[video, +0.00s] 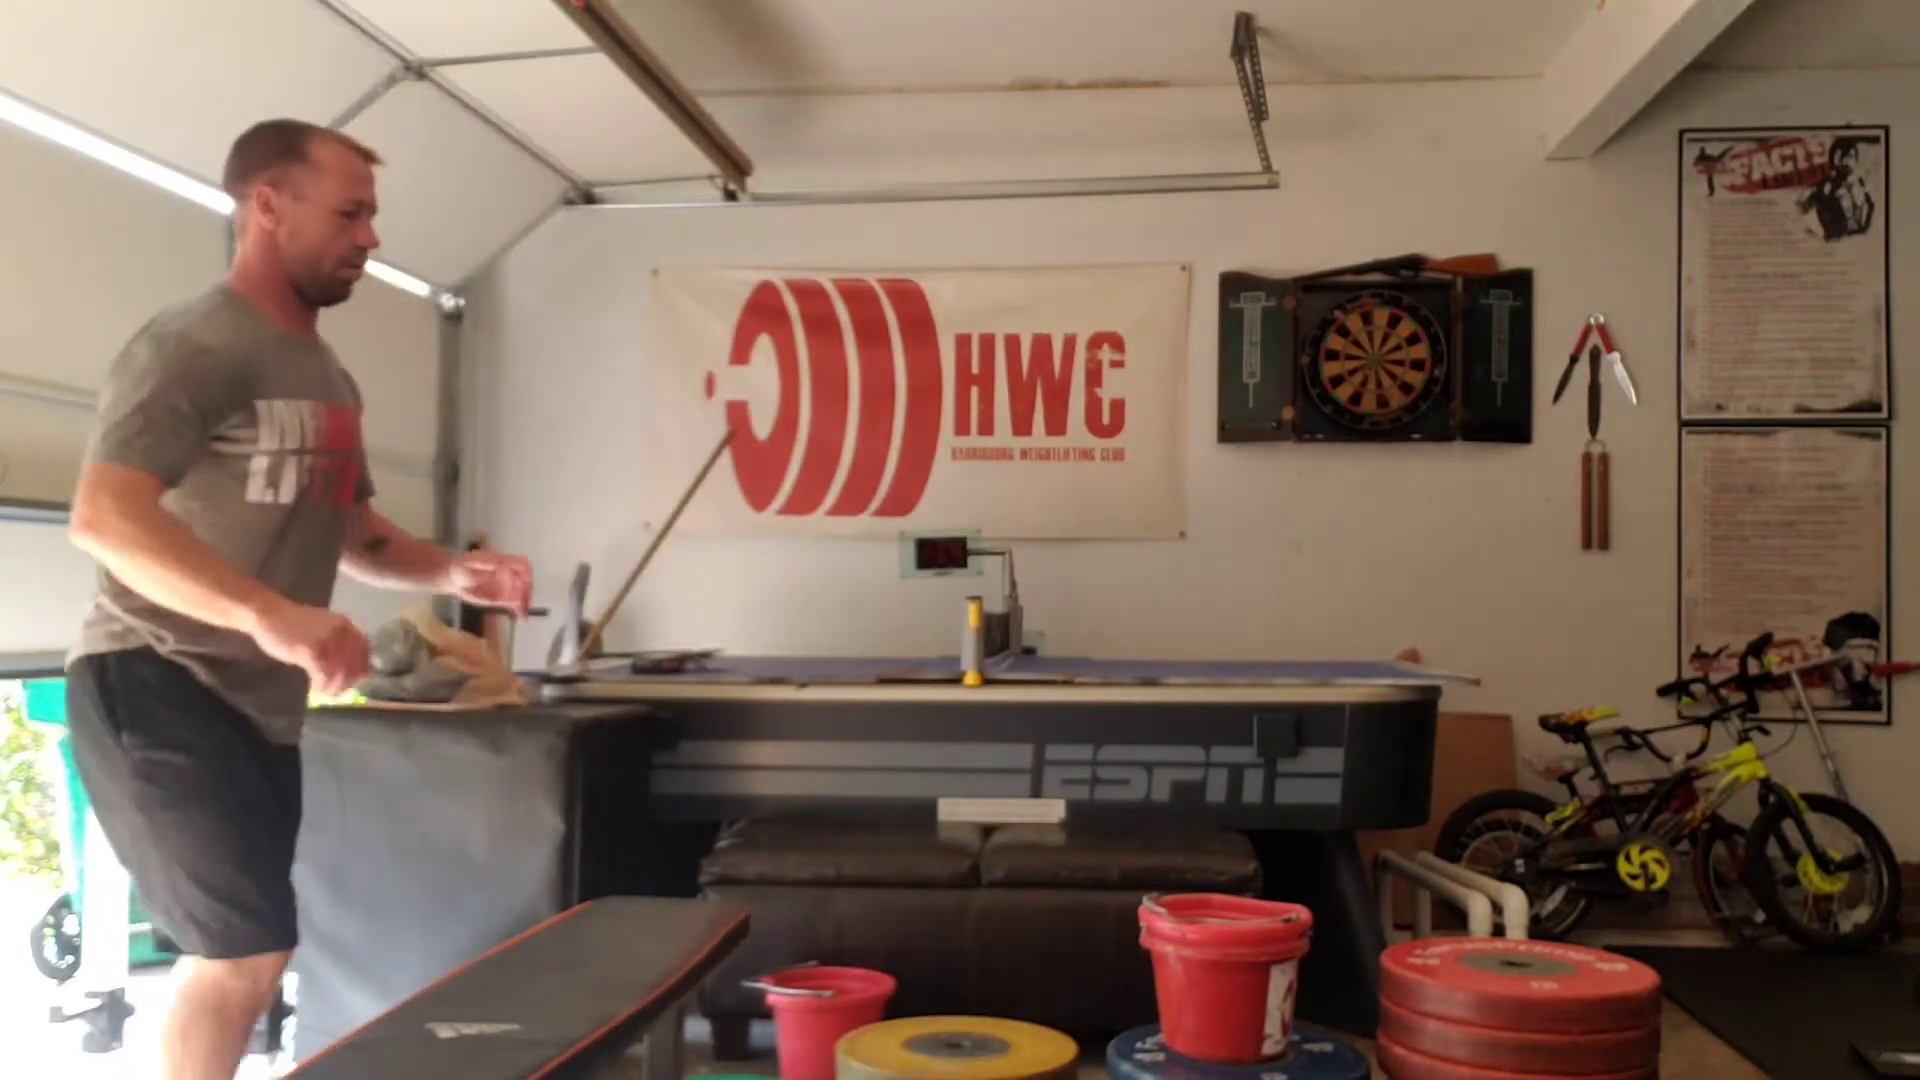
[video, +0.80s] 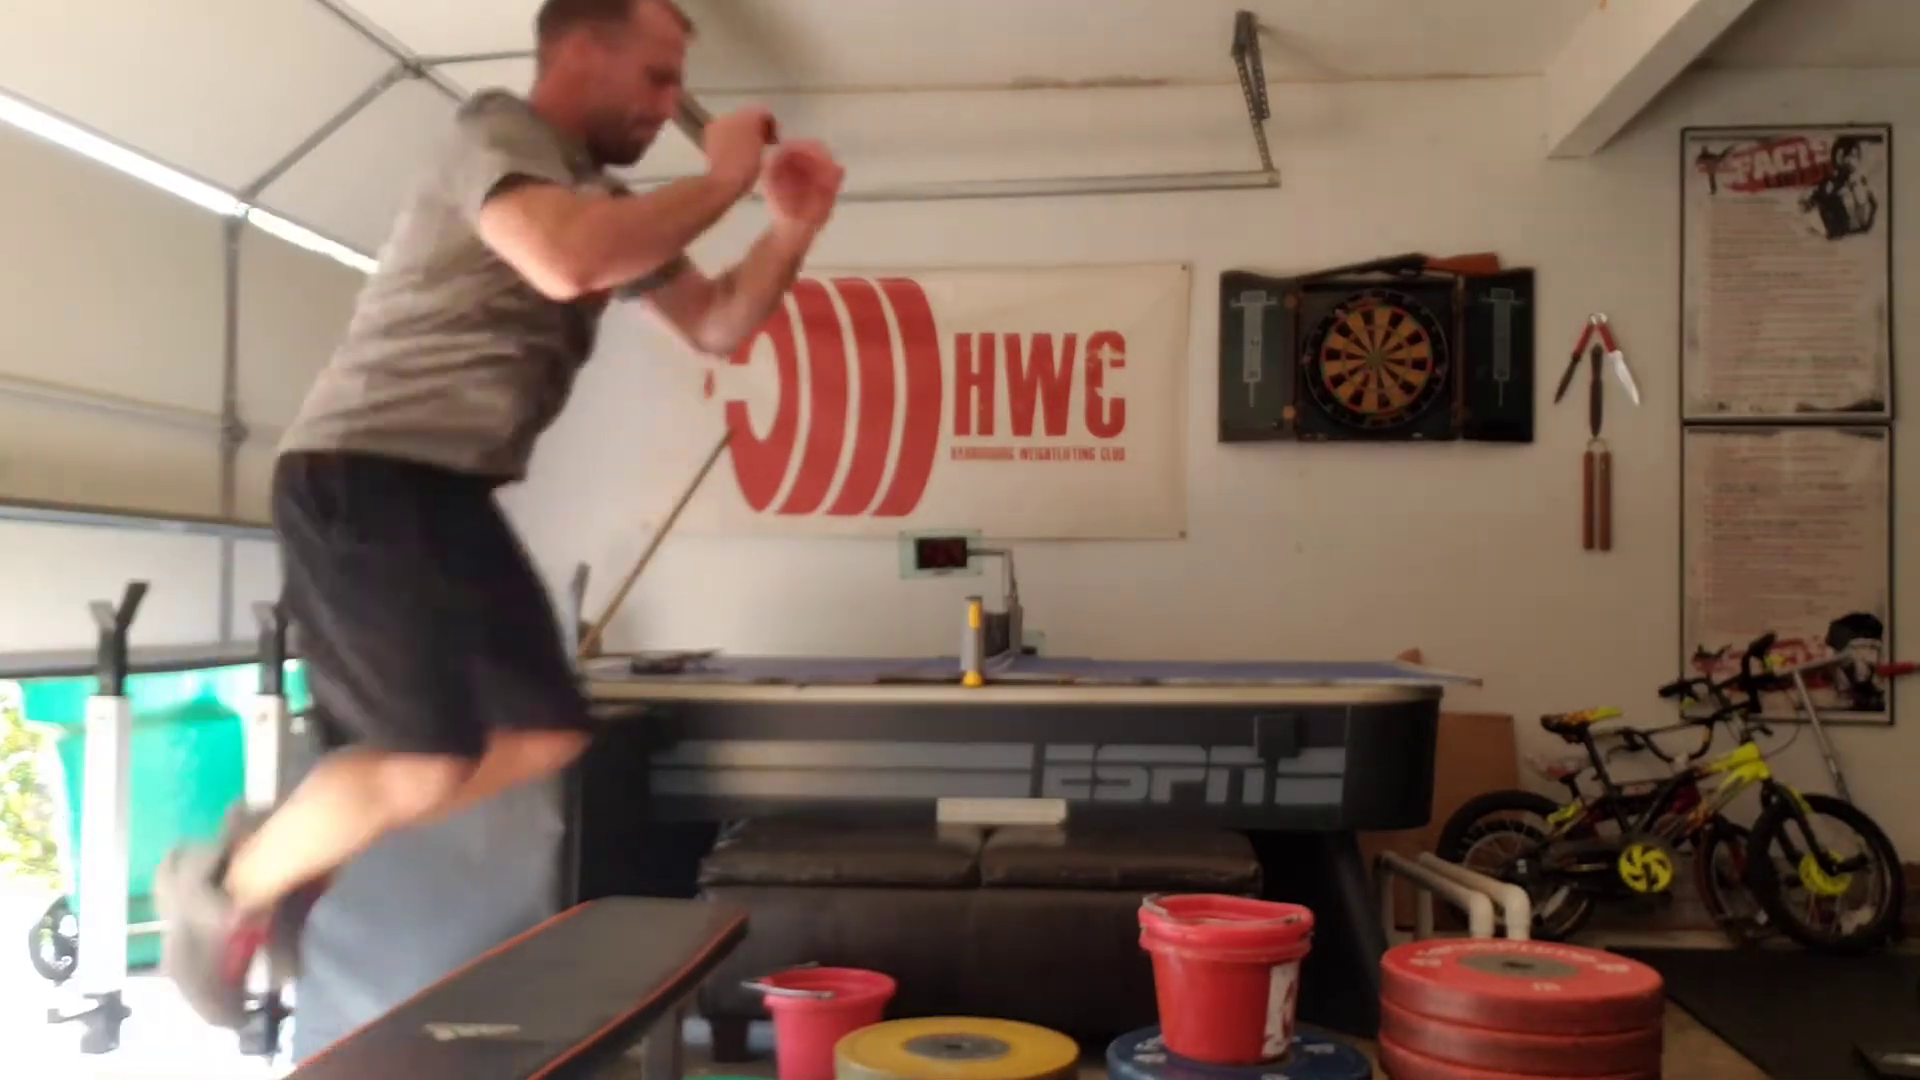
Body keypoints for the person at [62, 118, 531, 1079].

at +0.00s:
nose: (372, 237)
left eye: (373, 216)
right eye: (354, 211)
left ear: (283, 211)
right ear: (267, 206)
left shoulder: (327, 377)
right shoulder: (190, 342)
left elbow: (357, 532)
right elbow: (104, 511)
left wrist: (452, 569)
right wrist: (267, 612)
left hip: (257, 696)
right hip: (153, 680)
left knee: (250, 950)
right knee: (242, 945)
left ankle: (201, 1072)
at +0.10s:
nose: (382, 241)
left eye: (383, 220)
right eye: (364, 216)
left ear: (289, 216)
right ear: (279, 209)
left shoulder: (341, 377)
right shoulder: (201, 339)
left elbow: (371, 527)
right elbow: (73, 494)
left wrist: (468, 593)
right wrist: (183, 637)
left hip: (258, 705)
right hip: (144, 692)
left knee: (222, 977)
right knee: (197, 979)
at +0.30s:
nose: (455, 293)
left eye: (458, 269)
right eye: (436, 264)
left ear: (370, 259)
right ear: (353, 254)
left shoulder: (398, 407)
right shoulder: (259, 366)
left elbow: (320, 532)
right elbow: (51, 421)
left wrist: (355, 642)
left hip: (252, 729)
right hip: (129, 695)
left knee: (268, 964)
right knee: (164, 991)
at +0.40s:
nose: (489, 364)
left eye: (492, 341)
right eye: (469, 337)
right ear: (387, 331)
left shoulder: (424, 478)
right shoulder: (286, 445)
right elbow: (78, 478)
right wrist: (15, 662)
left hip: (252, 767)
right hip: (126, 748)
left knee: (329, 957)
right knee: (202, 1019)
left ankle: (229, 1078)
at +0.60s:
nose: (516, 380)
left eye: (515, 357)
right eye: (495, 354)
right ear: (412, 347)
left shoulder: (470, 509)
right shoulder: (343, 479)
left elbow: (525, 653)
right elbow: (420, 667)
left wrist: (622, 597)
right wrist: (573, 595)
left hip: (291, 780)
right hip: (168, 769)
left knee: (351, 1007)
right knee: (239, 1046)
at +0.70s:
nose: (588, 220)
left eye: (592, 202)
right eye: (573, 196)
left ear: (504, 184)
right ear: (491, 176)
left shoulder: (528, 315)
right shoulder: (427, 272)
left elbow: (666, 406)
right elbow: (537, 382)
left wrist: (705, 294)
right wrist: (653, 284)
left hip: (378, 650)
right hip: (277, 626)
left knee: (318, 911)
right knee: (227, 924)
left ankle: (235, 1078)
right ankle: (180, 1076)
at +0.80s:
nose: (672, 104)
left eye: (677, 85)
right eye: (659, 76)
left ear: (583, 59)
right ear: (577, 52)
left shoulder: (606, 201)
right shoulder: (494, 135)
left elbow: (717, 324)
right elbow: (566, 256)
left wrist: (788, 231)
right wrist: (722, 180)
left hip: (448, 489)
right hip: (354, 476)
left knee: (540, 730)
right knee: (426, 753)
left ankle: (294, 849)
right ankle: (228, 887)